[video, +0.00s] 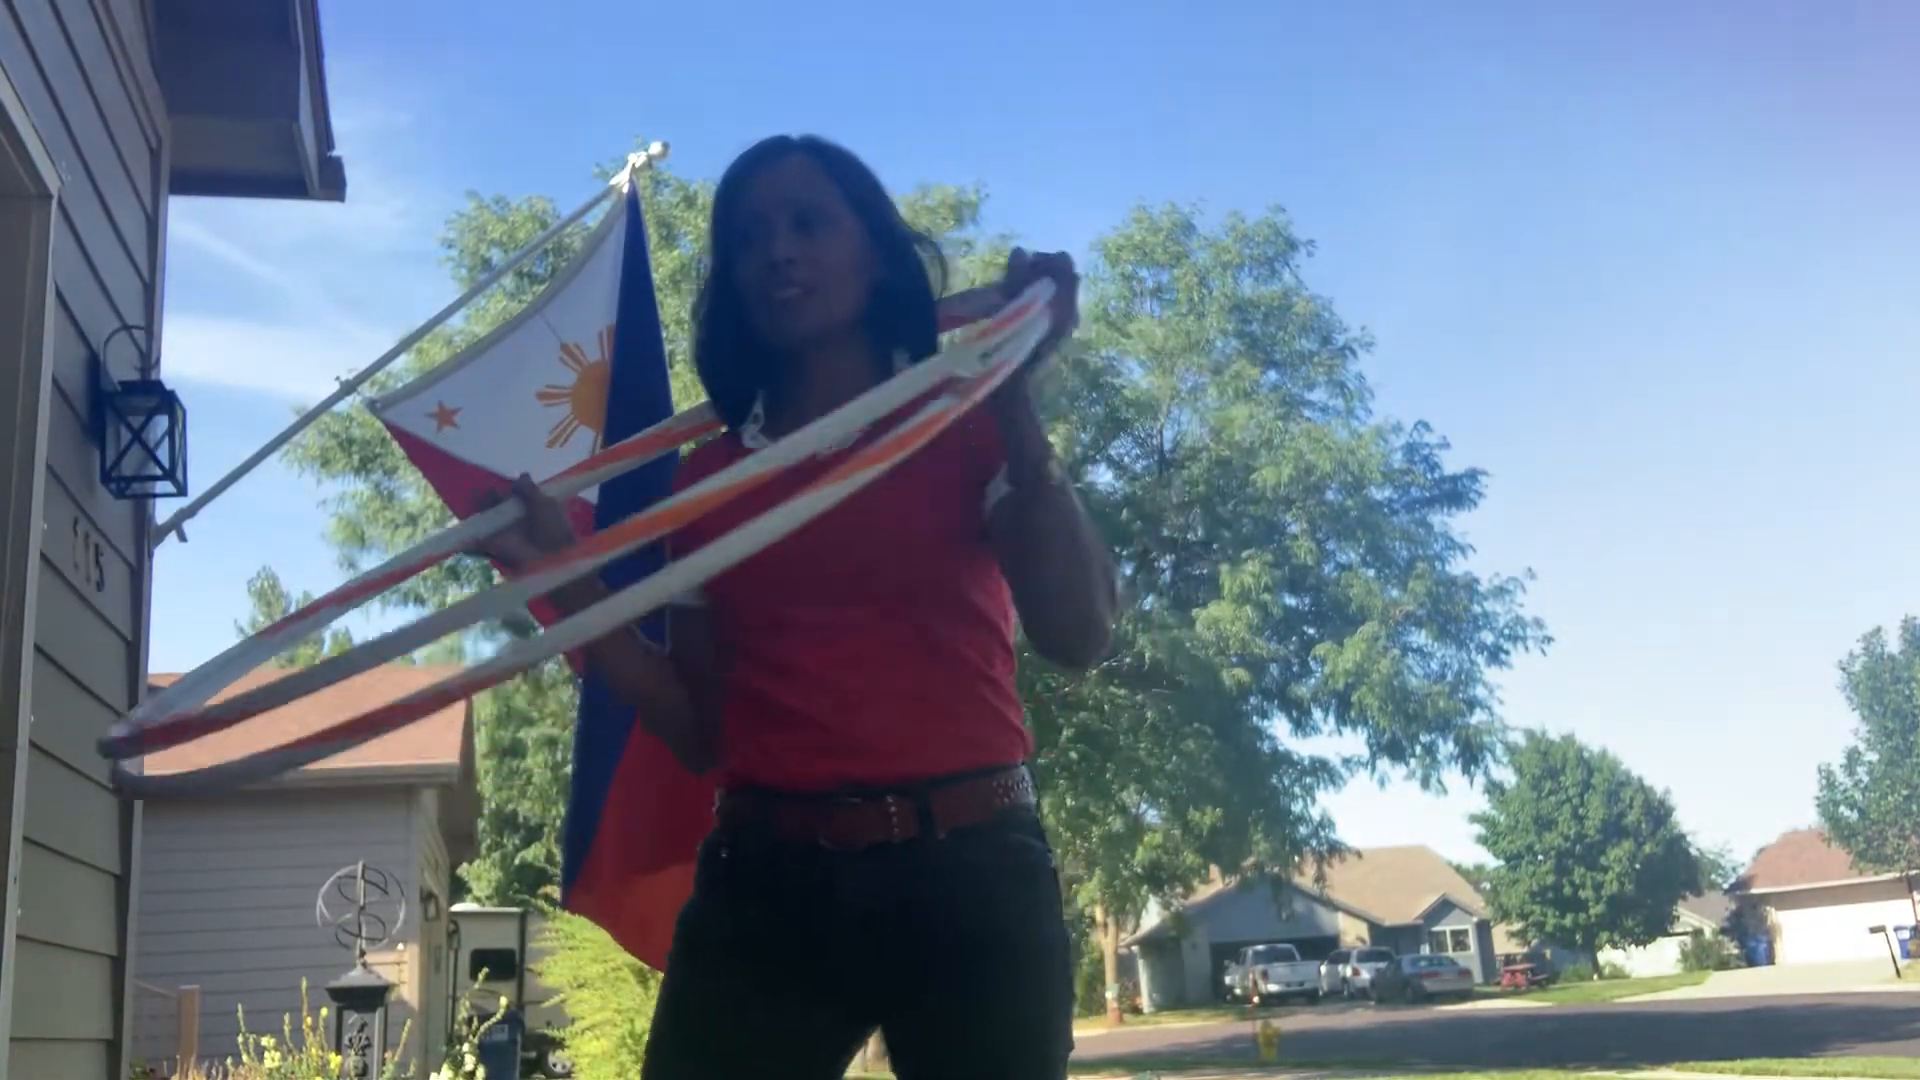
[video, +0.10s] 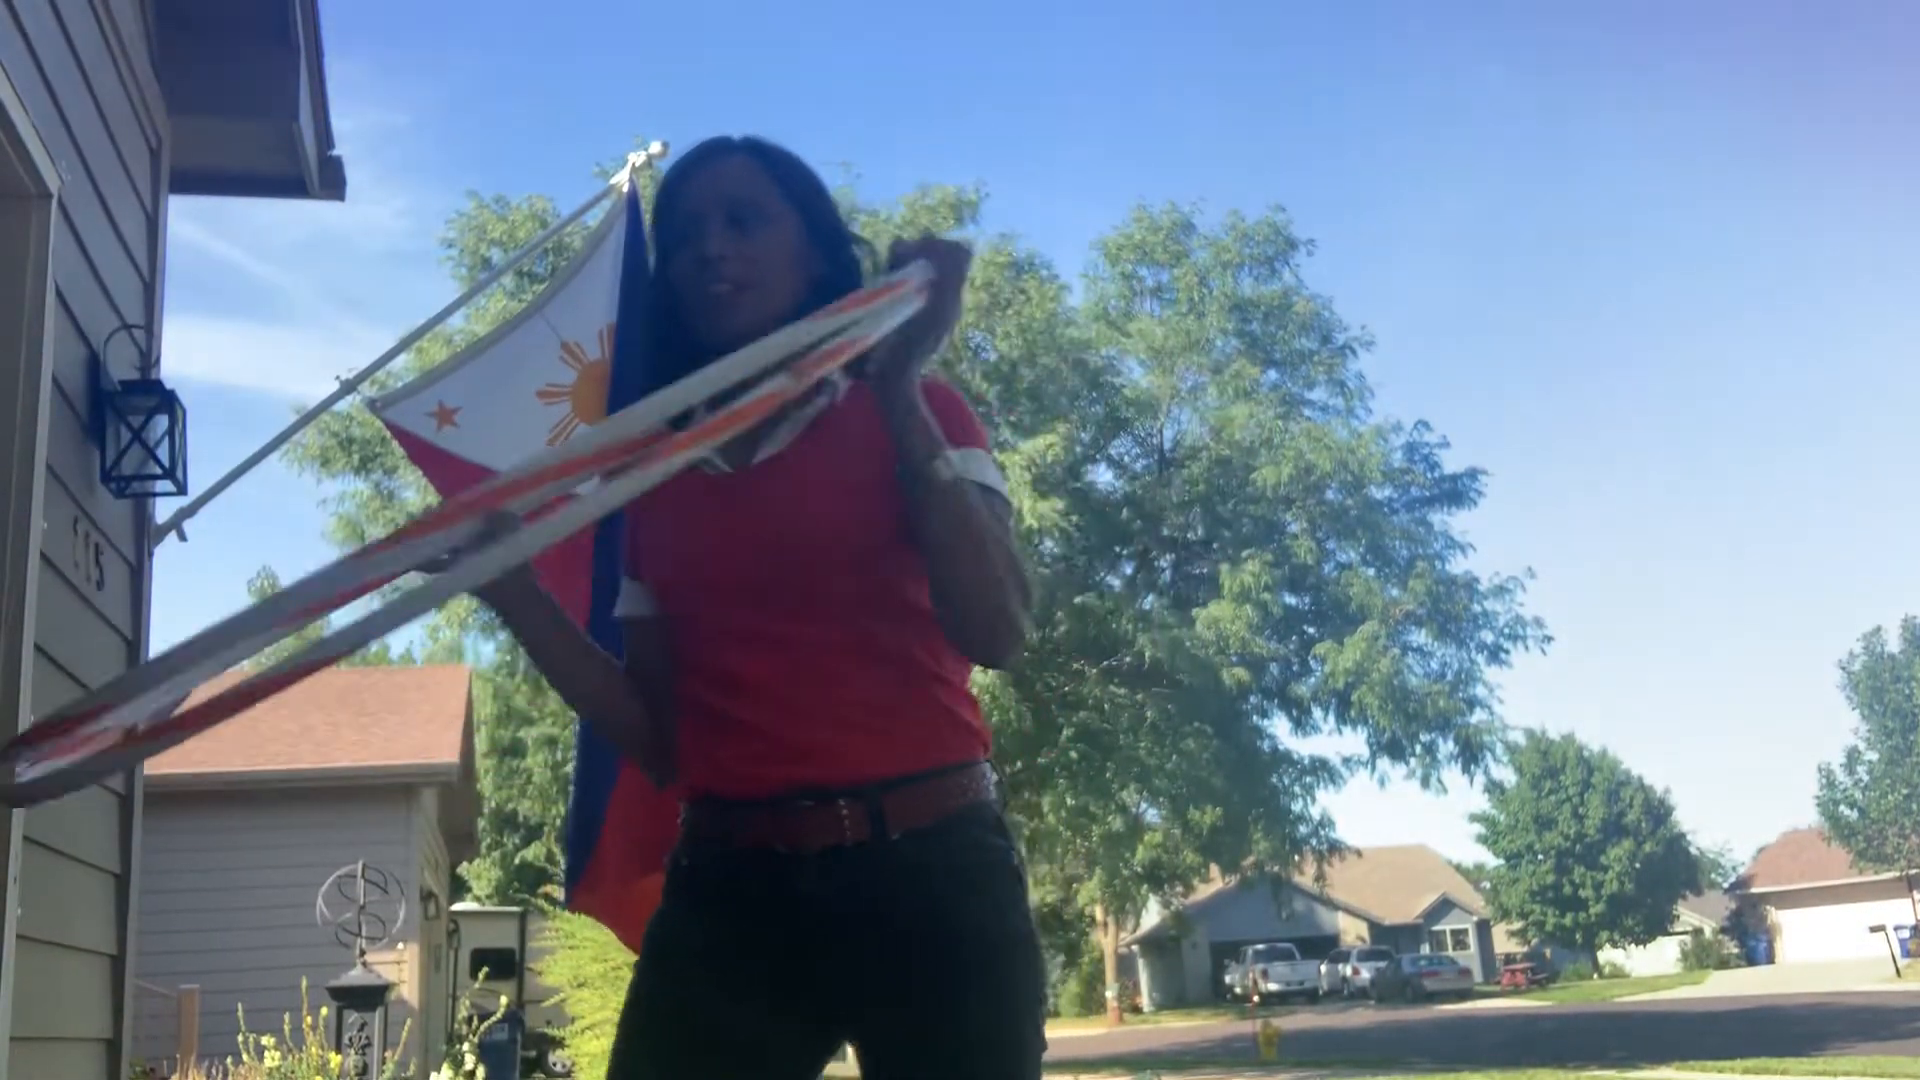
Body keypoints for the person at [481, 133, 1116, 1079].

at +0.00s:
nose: (778, 250)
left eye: (810, 220)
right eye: (750, 232)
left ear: (877, 249)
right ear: (726, 279)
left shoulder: (965, 408)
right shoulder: (711, 474)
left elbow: (1078, 632)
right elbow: (700, 731)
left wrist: (1018, 396)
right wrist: (565, 583)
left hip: (972, 860)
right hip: (771, 869)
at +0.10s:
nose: (711, 250)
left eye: (745, 219)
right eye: (685, 235)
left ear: (817, 251)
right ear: (662, 281)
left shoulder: (914, 406)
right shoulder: (657, 465)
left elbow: (995, 632)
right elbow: (659, 740)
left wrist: (902, 393)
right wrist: (511, 589)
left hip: (933, 861)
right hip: (734, 877)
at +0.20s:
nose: (663, 246)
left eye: (692, 215)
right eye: (635, 231)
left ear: (763, 239)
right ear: (615, 281)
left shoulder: (861, 403)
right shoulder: (625, 479)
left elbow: (906, 615)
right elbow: (616, 732)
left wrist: (792, 379)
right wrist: (476, 590)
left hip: (893, 854)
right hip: (696, 876)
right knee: (622, 1071)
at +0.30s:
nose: (657, 247)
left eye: (689, 217)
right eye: (625, 227)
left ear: (759, 249)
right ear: (597, 283)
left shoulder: (844, 397)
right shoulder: (617, 483)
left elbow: (867, 601)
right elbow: (604, 738)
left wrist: (756, 358)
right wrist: (463, 591)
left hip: (877, 857)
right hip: (682, 878)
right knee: (601, 1068)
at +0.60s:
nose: (722, 252)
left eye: (751, 224)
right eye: (696, 246)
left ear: (828, 267)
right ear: (683, 299)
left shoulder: (920, 435)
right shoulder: (649, 465)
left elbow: (949, 662)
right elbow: (596, 706)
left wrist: (835, 631)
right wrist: (678, 495)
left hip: (905, 873)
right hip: (699, 879)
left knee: (970, 1065)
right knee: (599, 1068)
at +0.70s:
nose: (712, 242)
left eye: (741, 219)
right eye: (683, 240)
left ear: (813, 268)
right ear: (667, 303)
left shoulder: (907, 442)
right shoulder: (621, 466)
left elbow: (922, 675)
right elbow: (594, 682)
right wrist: (768, 499)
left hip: (880, 875)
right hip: (669, 889)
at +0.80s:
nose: (695, 238)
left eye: (724, 217)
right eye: (664, 236)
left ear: (791, 269)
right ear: (646, 296)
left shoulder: (880, 441)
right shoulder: (597, 471)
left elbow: (907, 685)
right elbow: (556, 707)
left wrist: (811, 832)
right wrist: (737, 536)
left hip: (857, 872)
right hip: (644, 873)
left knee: (919, 1062)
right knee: (566, 1062)